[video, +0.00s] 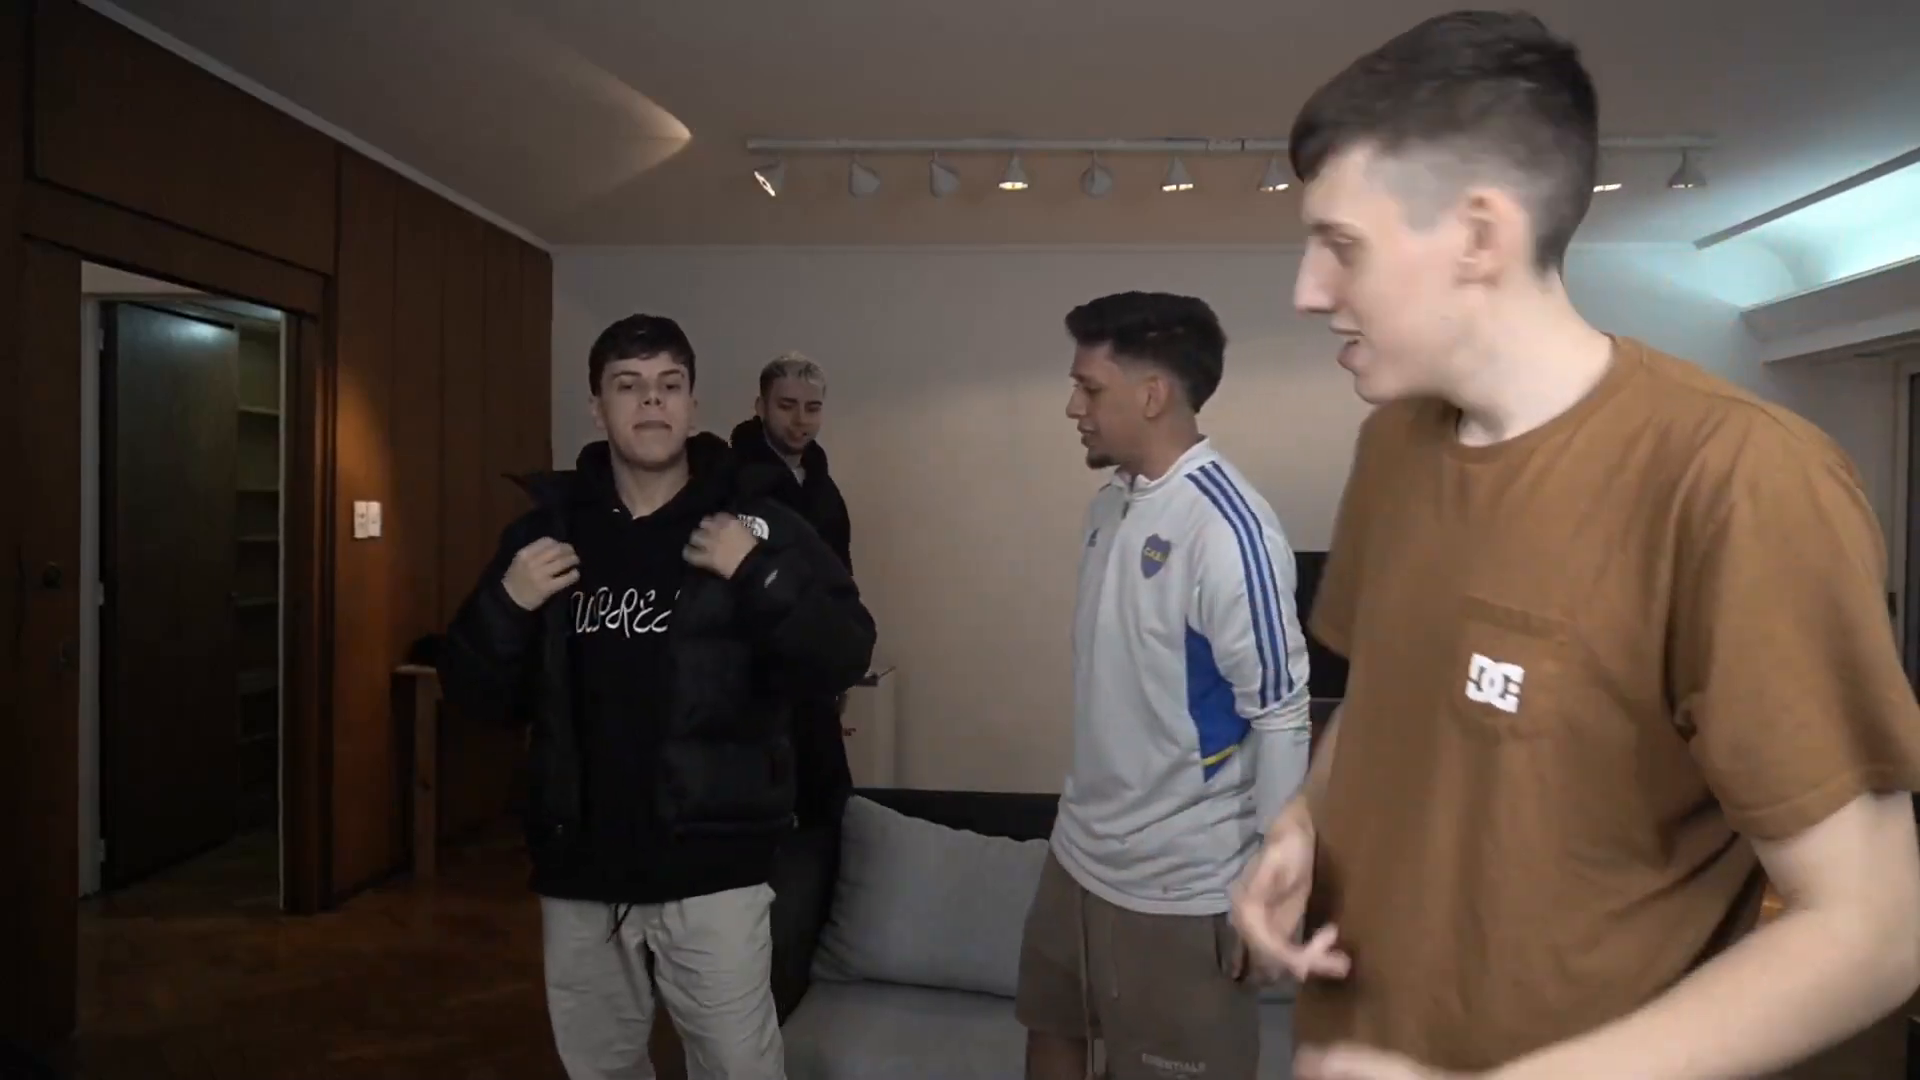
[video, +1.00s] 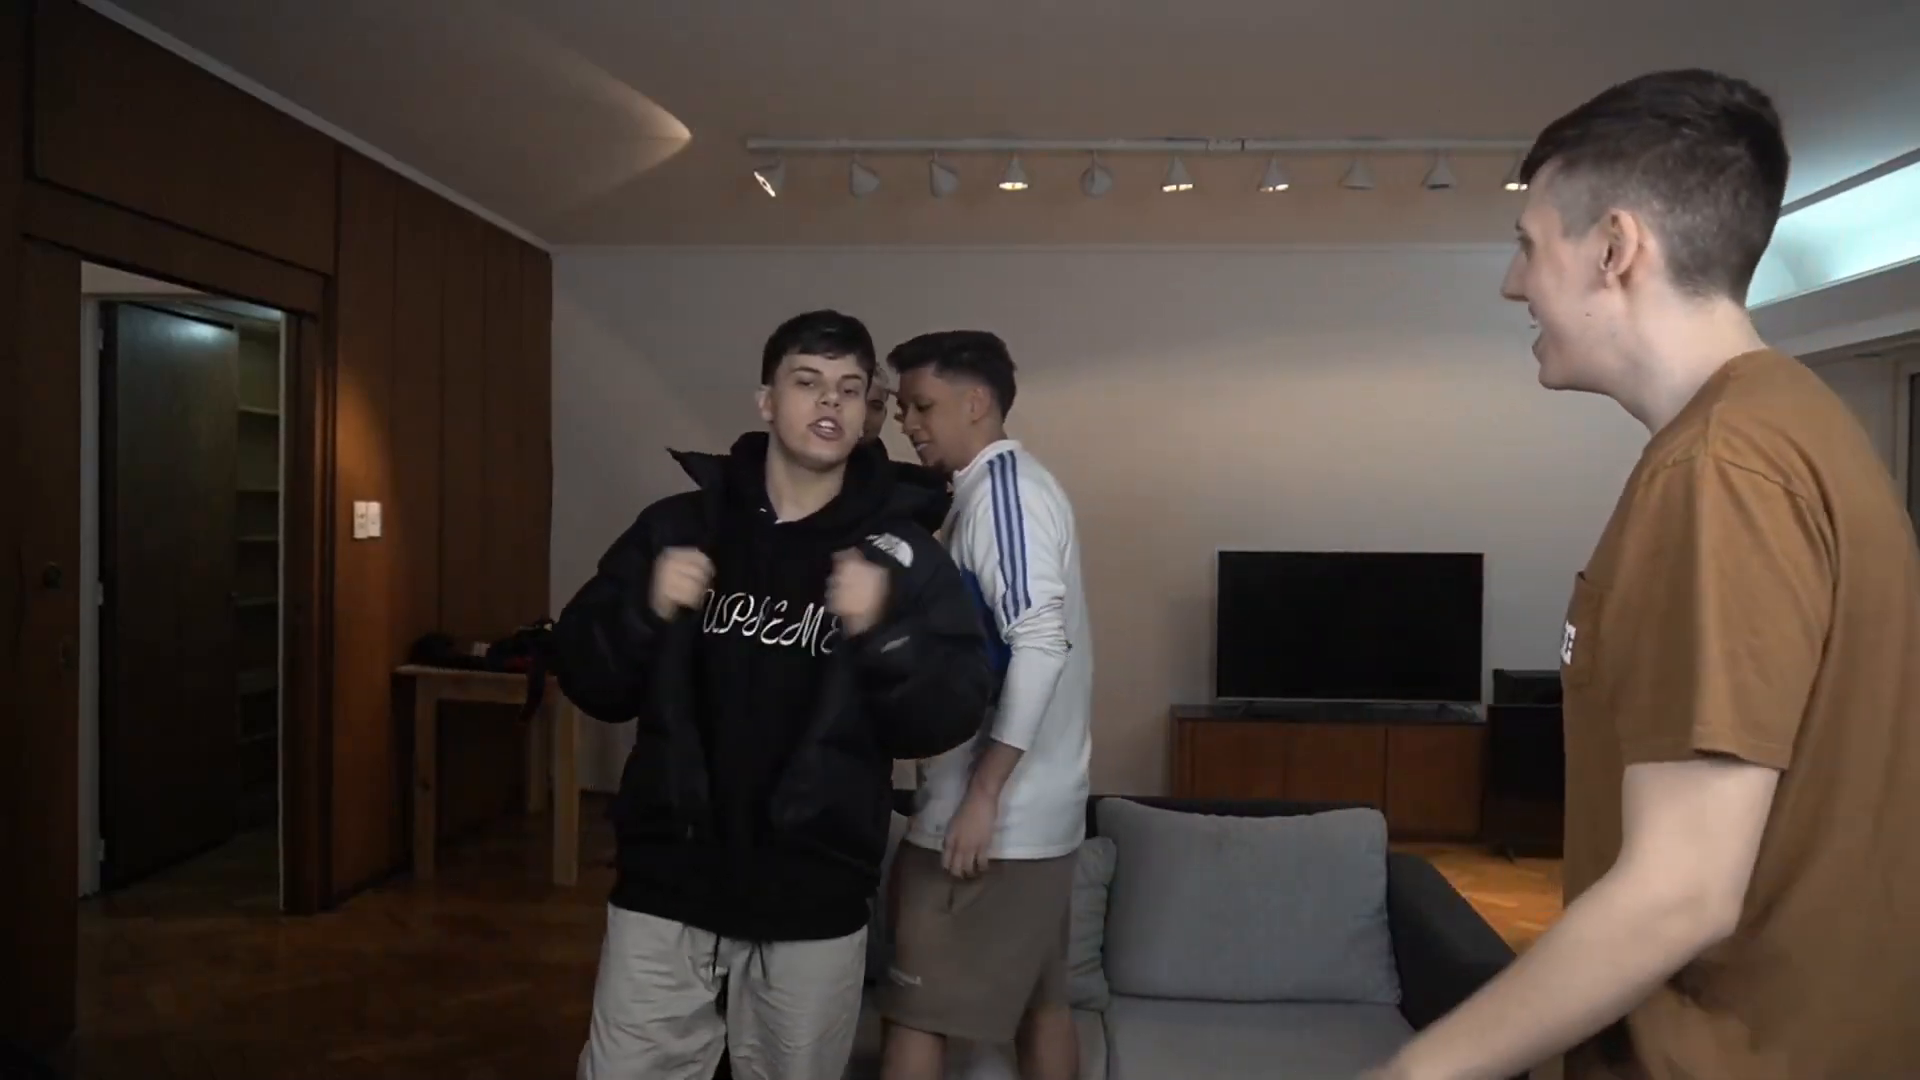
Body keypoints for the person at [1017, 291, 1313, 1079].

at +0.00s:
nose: (1072, 407)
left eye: (1089, 387)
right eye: (1075, 385)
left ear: (1155, 394)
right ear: (1145, 396)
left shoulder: (1234, 531)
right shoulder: (1112, 503)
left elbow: (1283, 717)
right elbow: (1123, 683)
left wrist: (1278, 885)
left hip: (1182, 897)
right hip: (1079, 863)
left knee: (1172, 1069)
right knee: (1054, 1042)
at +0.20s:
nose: (1034, 404)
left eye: (1053, 385)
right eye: (1036, 383)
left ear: (1117, 395)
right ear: (1106, 396)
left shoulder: (1176, 520)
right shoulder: (1066, 504)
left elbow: (1239, 697)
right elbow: (1087, 667)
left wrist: (1242, 877)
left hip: (1135, 882)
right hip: (1048, 859)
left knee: (1137, 1066)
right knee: (1049, 1053)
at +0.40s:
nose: (1001, 406)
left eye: (1020, 389)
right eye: (1002, 386)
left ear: (1081, 398)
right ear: (1066, 398)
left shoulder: (1125, 507)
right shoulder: (1043, 504)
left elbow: (1160, 687)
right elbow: (1029, 677)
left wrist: (1108, 851)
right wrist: (957, 773)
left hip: (1082, 861)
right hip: (1017, 849)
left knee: (1096, 1065)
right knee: (1036, 1049)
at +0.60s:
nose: (973, 411)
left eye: (991, 393)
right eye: (972, 392)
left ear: (1052, 401)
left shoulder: (1078, 498)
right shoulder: (1029, 499)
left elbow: (1097, 668)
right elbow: (999, 675)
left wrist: (1002, 804)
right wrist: (927, 774)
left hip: (1050, 828)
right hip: (1022, 821)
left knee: (1033, 1052)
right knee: (1065, 1048)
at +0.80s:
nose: (945, 415)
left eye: (961, 398)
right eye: (943, 399)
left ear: (1021, 401)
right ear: (1016, 404)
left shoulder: (1042, 488)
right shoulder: (1024, 488)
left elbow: (1055, 648)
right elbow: (1014, 646)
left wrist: (974, 786)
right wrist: (966, 771)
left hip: (1019, 822)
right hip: (1041, 818)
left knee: (972, 1038)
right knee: (1051, 1033)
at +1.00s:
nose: (907, 422)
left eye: (920, 407)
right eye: (905, 408)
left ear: (981, 405)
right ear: (971, 409)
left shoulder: (1005, 489)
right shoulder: (999, 485)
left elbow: (1041, 637)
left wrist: (984, 794)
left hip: (980, 813)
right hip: (1031, 811)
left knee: (916, 1016)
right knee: (1043, 1007)